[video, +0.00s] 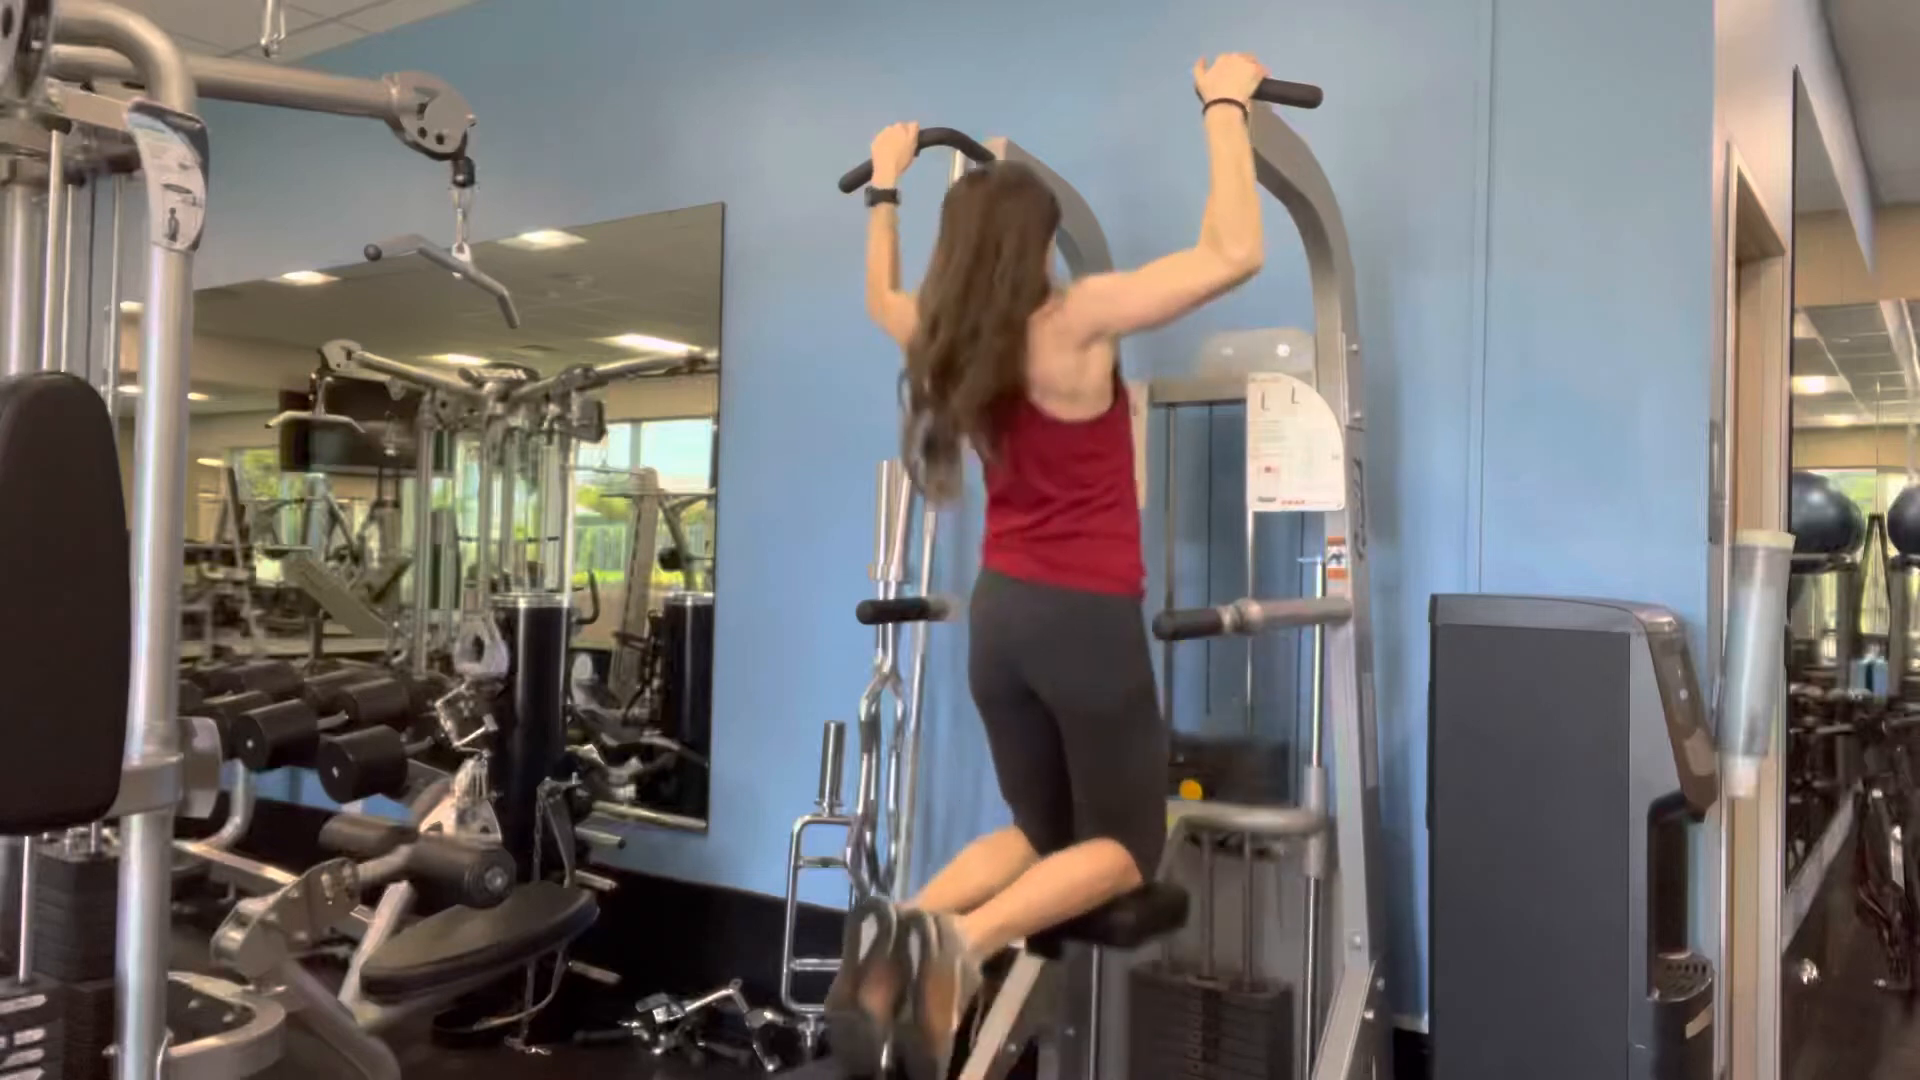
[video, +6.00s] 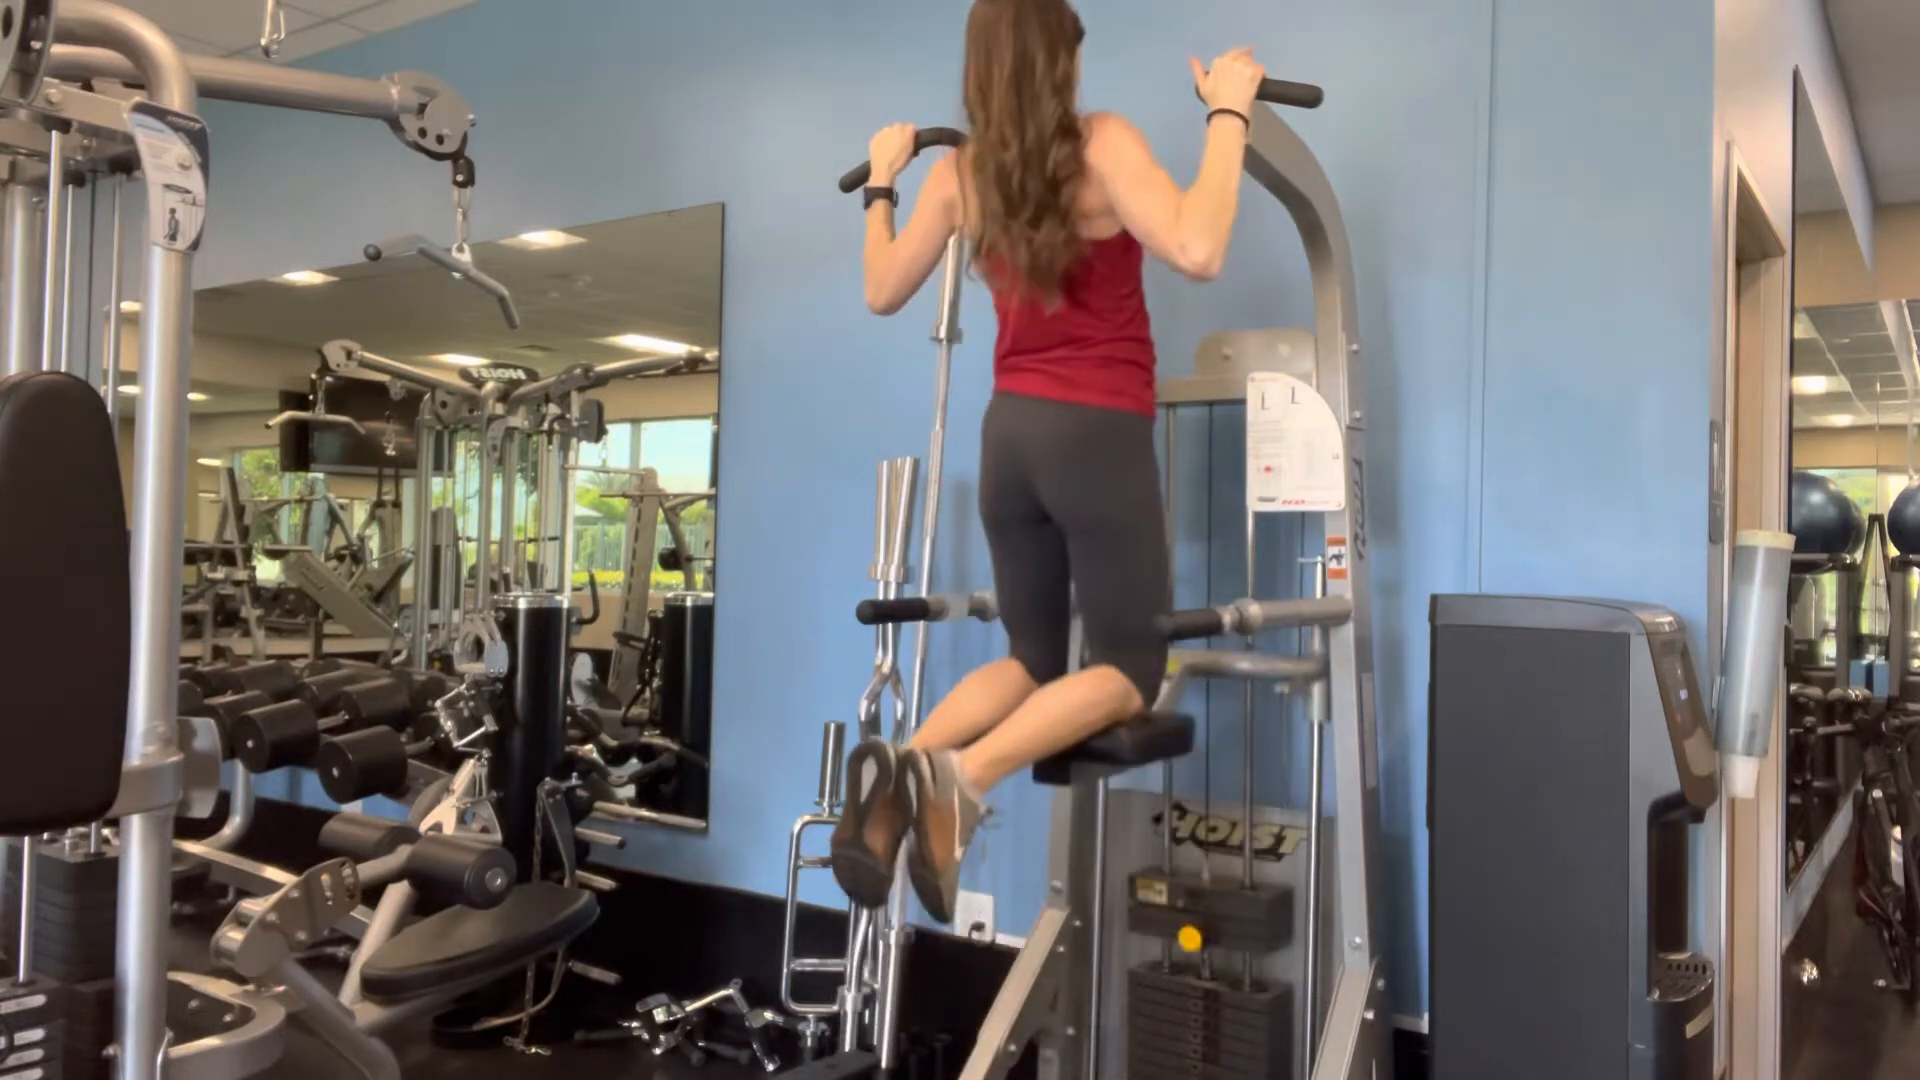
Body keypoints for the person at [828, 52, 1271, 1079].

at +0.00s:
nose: (1063, 243)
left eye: (1052, 231)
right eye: (1056, 230)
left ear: (964, 242)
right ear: (1043, 239)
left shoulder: (948, 333)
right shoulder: (1079, 314)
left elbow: (881, 292)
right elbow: (1234, 252)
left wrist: (885, 184)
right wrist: (1225, 107)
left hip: (1000, 612)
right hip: (1085, 618)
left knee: (1038, 830)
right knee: (1127, 847)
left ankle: (906, 933)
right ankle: (964, 947)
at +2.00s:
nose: (1033, 263)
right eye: (1025, 254)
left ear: (946, 284)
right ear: (1023, 275)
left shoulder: (946, 364)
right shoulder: (1066, 348)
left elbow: (894, 288)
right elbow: (1213, 262)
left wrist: (884, 185)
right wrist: (1224, 110)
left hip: (987, 658)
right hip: (1077, 665)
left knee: (1036, 863)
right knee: (1123, 884)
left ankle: (895, 962)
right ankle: (959, 970)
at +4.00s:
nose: (1088, 48)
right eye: (1083, 34)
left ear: (996, 51)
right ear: (1080, 46)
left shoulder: (975, 156)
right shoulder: (1113, 136)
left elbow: (891, 280)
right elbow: (1183, 247)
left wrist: (877, 182)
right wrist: (1229, 114)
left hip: (1019, 416)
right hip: (1109, 417)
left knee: (1038, 641)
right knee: (1134, 655)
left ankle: (915, 719)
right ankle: (980, 723)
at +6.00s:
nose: (1076, 62)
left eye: (1064, 45)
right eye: (1072, 48)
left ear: (982, 65)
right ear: (1064, 59)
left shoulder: (960, 169)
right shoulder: (1103, 142)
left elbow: (884, 289)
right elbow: (1199, 250)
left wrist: (880, 178)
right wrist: (1229, 113)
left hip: (1009, 435)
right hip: (1097, 437)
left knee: (1033, 660)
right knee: (1130, 674)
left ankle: (904, 769)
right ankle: (963, 779)